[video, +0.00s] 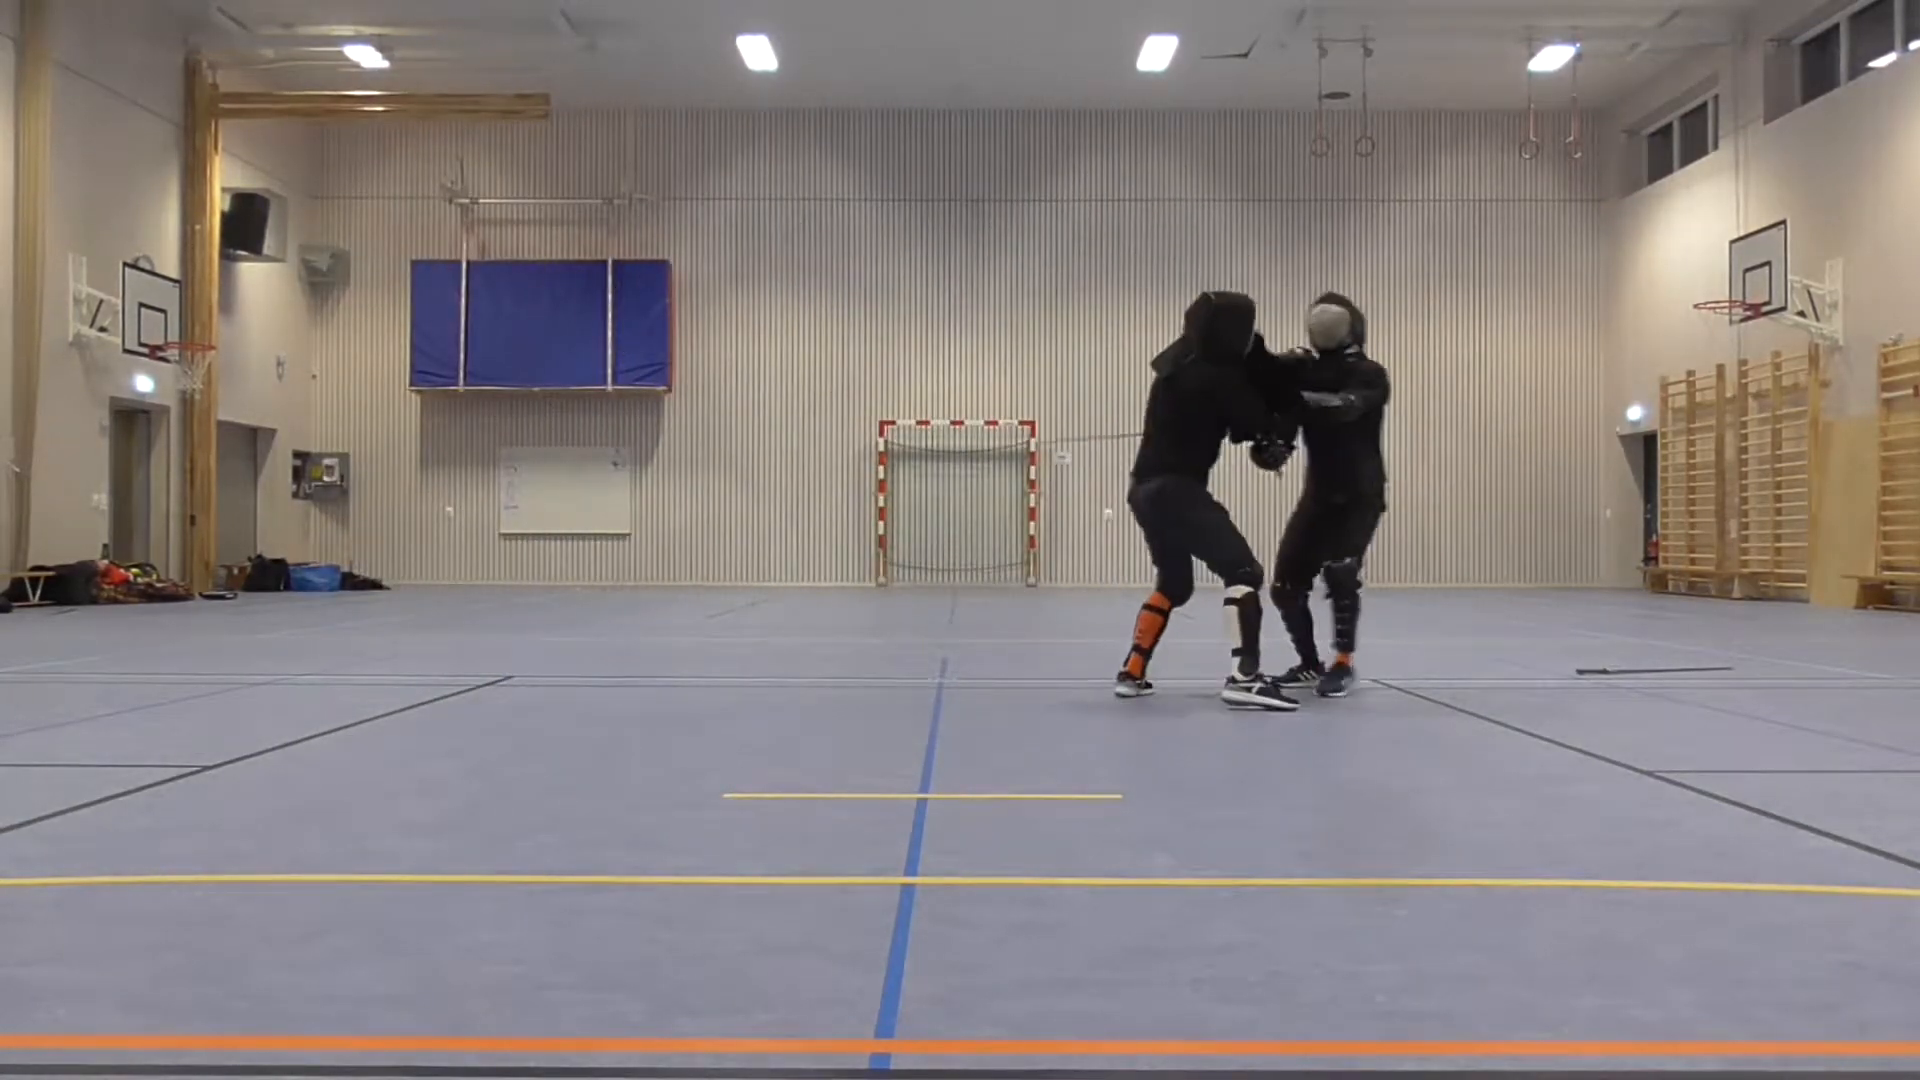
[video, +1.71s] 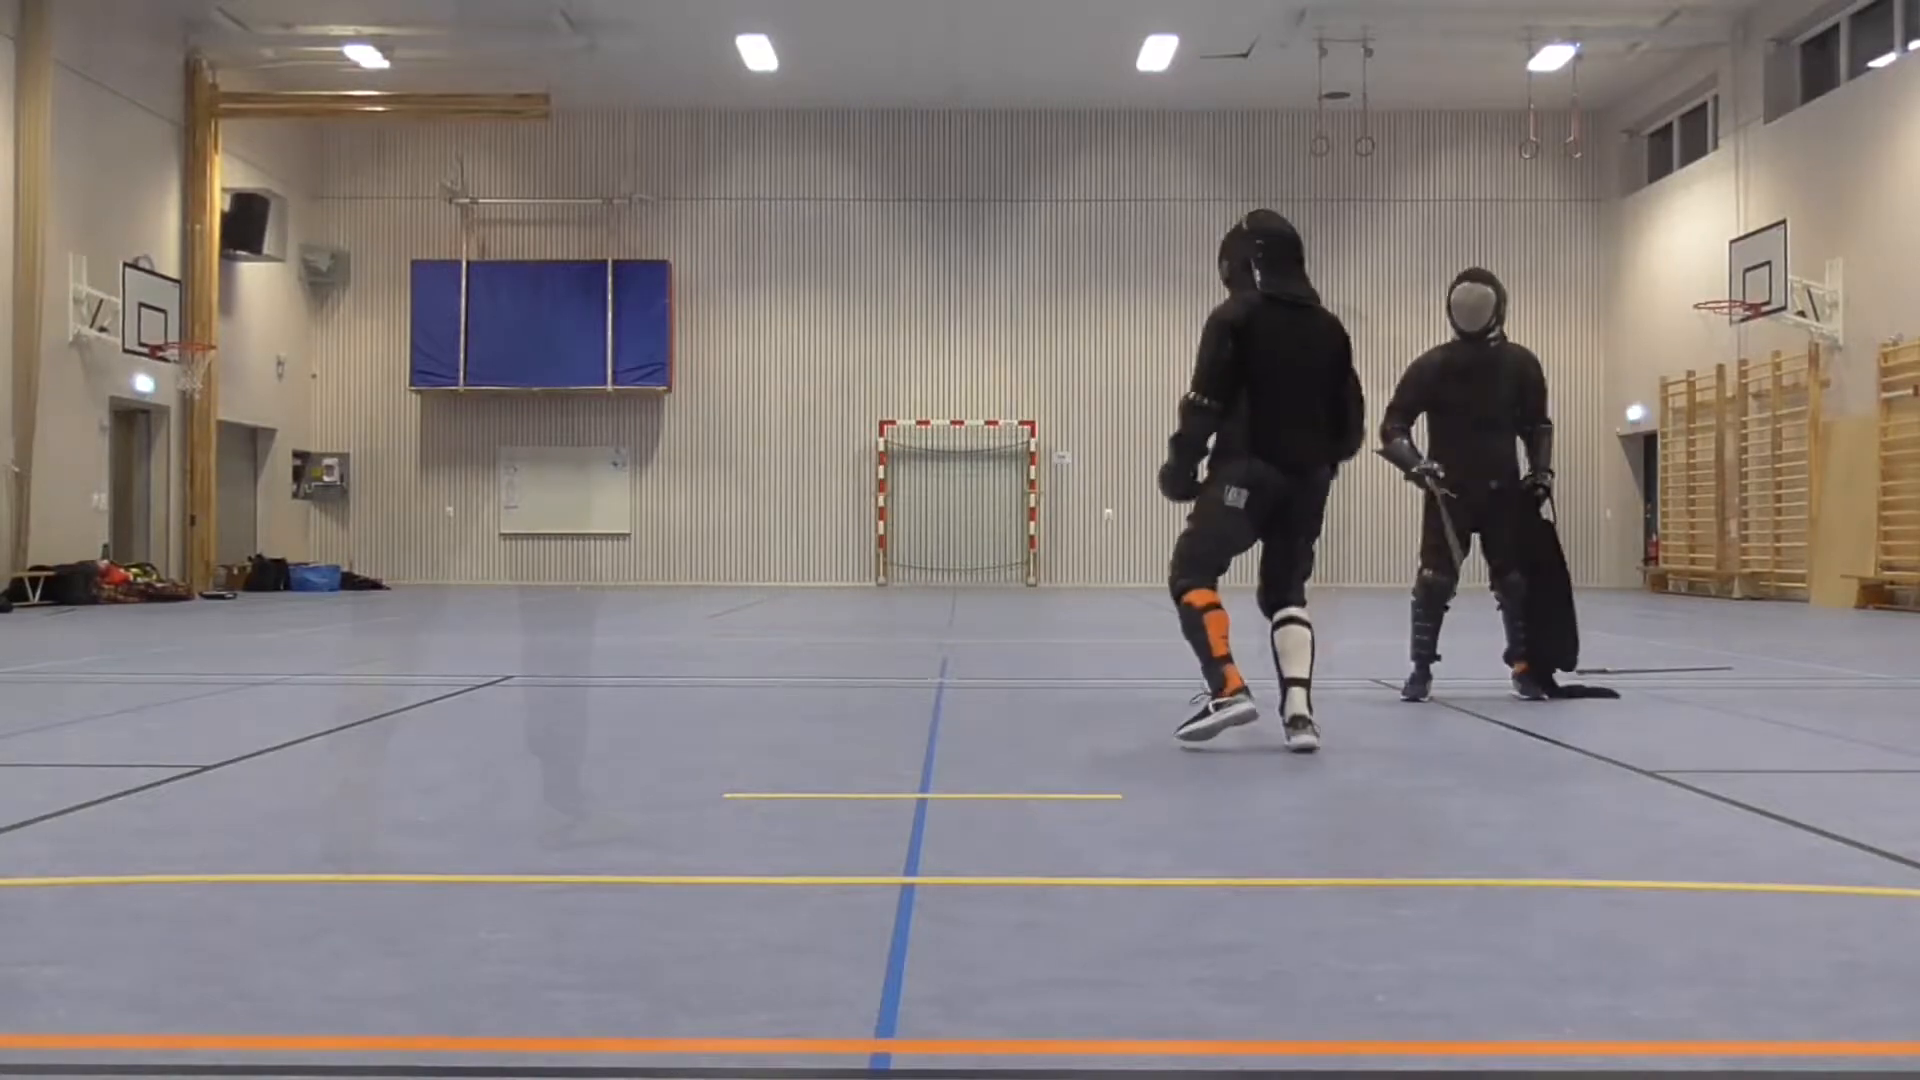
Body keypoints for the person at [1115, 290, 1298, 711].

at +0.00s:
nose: (1250, 338)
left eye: (1250, 329)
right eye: (1246, 329)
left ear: (1200, 328)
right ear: (1231, 333)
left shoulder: (1174, 365)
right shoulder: (1223, 374)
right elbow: (1256, 426)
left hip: (1144, 489)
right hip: (1180, 489)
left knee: (1174, 583)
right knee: (1243, 572)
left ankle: (1132, 673)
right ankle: (1246, 675)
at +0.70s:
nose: (1294, 311)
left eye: (1295, 302)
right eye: (1291, 302)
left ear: (1238, 299)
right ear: (1277, 304)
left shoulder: (1201, 350)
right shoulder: (1278, 357)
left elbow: (1197, 412)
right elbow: (1321, 413)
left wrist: (1274, 424)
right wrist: (1343, 399)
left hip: (1200, 489)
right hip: (1251, 490)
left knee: (1190, 573)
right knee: (1293, 576)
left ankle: (1154, 672)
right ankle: (1289, 683)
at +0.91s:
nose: (1305, 294)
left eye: (1304, 285)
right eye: (1302, 286)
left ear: (1248, 284)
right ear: (1291, 291)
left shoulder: (1212, 338)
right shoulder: (1301, 349)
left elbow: (1195, 403)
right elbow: (1334, 415)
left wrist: (1240, 409)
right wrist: (1359, 398)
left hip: (1222, 478)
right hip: (1279, 479)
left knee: (1210, 568)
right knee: (1293, 576)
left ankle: (1226, 659)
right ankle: (1289, 683)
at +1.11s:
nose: (1299, 292)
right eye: (1298, 284)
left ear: (1243, 279)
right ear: (1293, 286)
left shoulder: (1215, 340)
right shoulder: (1306, 343)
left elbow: (1179, 418)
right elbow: (1326, 401)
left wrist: (1206, 464)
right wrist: (1326, 366)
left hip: (1234, 484)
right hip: (1295, 485)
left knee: (1224, 584)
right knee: (1297, 581)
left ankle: (1258, 686)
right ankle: (1300, 683)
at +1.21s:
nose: (1304, 287)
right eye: (1302, 279)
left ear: (1245, 276)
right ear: (1295, 283)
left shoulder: (1217, 337)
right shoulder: (1309, 344)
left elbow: (1179, 404)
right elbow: (1307, 399)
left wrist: (1167, 457)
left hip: (1232, 480)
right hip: (1295, 479)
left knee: (1225, 588)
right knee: (1308, 577)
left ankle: (1261, 696)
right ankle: (1320, 684)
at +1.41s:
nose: (1244, 248)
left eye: (1246, 239)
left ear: (1245, 244)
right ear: (1297, 252)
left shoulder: (1217, 306)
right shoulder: (1311, 319)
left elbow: (1177, 366)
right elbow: (1317, 390)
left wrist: (1162, 423)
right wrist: (1284, 421)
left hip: (1233, 460)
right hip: (1298, 460)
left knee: (1230, 570)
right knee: (1306, 555)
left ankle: (1256, 691)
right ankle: (1311, 649)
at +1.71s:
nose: (1226, 277)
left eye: (1229, 266)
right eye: (1225, 267)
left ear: (1248, 263)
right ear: (1290, 263)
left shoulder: (1234, 319)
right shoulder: (1328, 328)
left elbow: (1206, 402)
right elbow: (1351, 421)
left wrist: (1181, 462)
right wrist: (1323, 457)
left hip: (1245, 474)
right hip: (1309, 483)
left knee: (1192, 574)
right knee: (1285, 588)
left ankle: (1226, 689)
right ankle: (1298, 706)